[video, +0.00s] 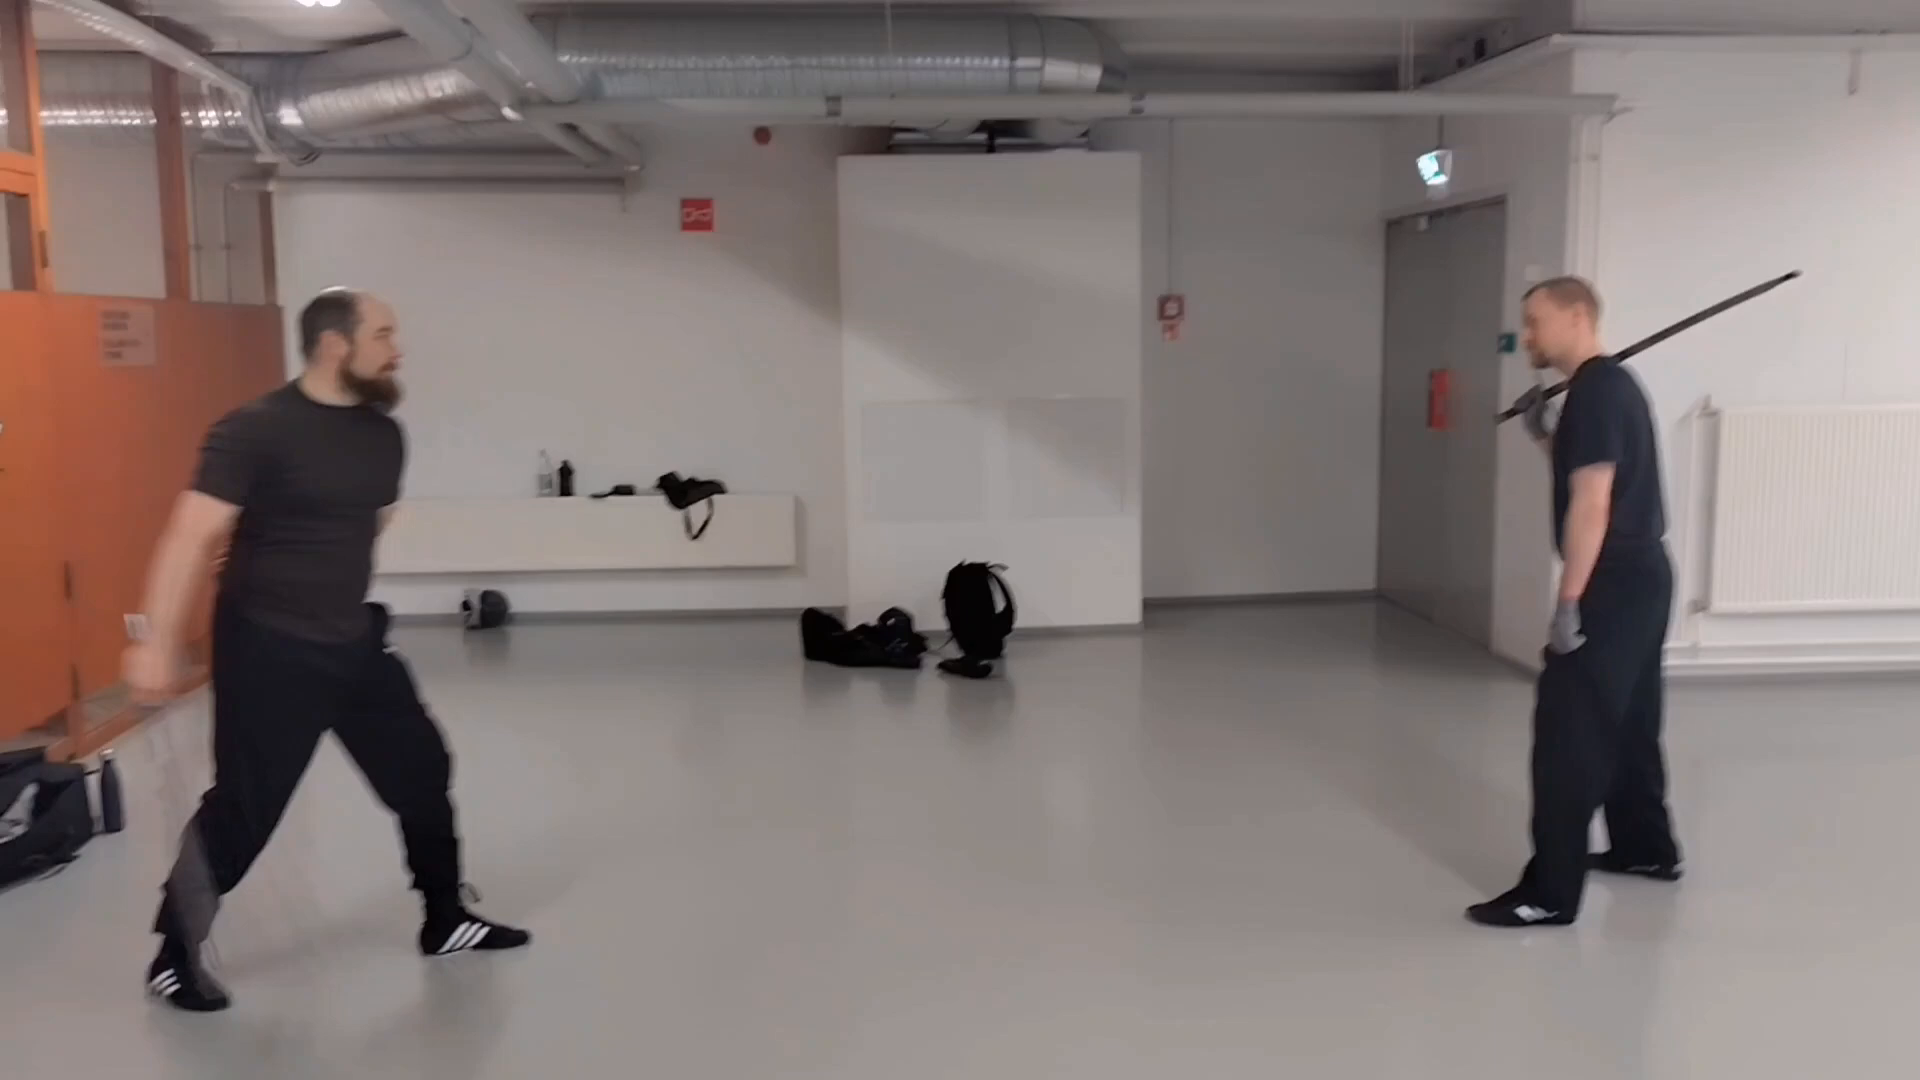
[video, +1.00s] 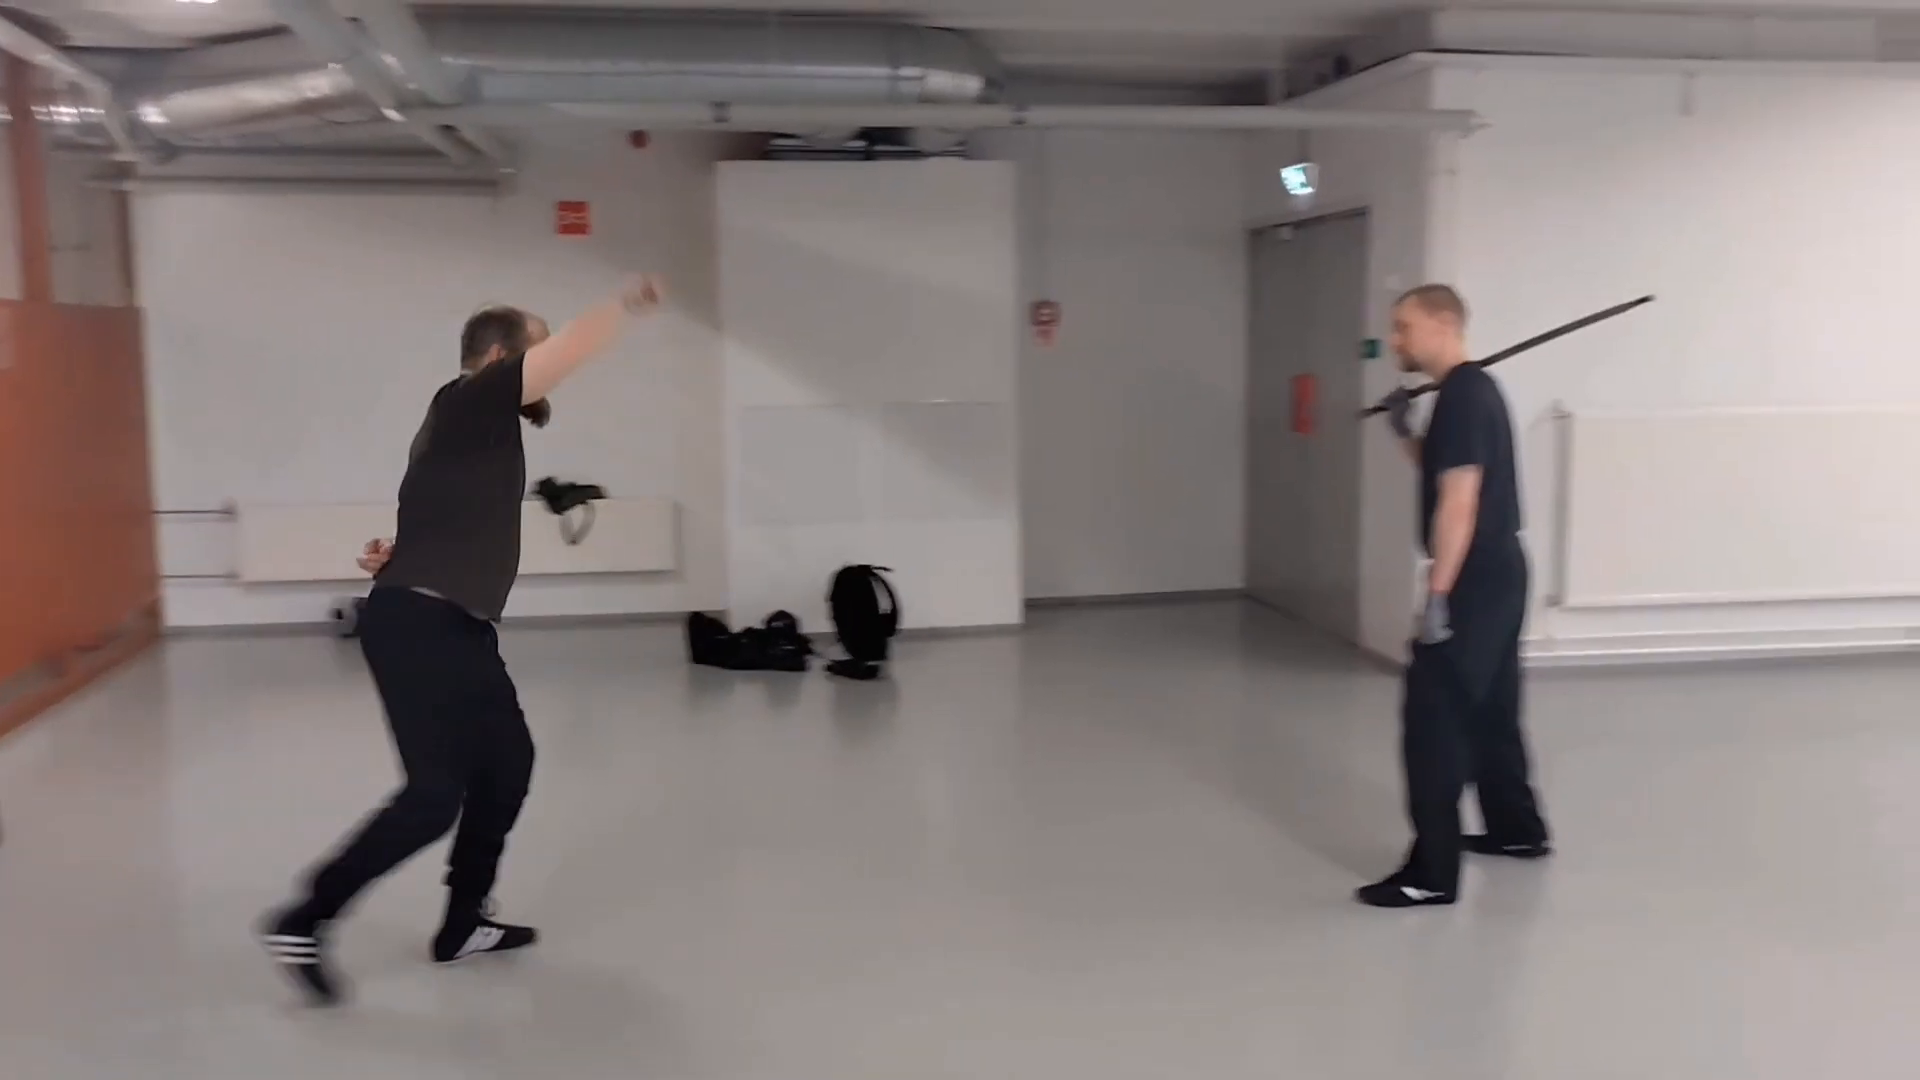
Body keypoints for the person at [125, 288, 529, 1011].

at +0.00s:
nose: (396, 350)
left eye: (395, 336)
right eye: (382, 336)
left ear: (351, 347)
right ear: (332, 346)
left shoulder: (381, 433)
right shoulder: (255, 432)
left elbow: (365, 534)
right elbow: (189, 537)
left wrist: (348, 610)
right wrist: (157, 640)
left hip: (351, 648)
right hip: (266, 652)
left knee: (421, 771)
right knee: (245, 806)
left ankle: (445, 918)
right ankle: (174, 954)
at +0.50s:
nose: (429, 359)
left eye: (428, 345)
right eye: (418, 345)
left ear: (374, 351)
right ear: (370, 350)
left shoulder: (372, 423)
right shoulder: (324, 429)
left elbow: (338, 534)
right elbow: (274, 536)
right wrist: (232, 623)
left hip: (368, 647)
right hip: (299, 651)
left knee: (444, 766)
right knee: (269, 803)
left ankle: (527, 892)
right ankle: (185, 935)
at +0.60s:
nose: (448, 367)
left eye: (446, 353)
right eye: (437, 353)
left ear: (393, 363)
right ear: (389, 360)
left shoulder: (378, 430)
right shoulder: (357, 430)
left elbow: (361, 528)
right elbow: (356, 536)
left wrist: (292, 554)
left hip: (366, 632)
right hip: (304, 634)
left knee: (451, 761)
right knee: (271, 790)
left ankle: (524, 902)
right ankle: (169, 934)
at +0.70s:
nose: (469, 379)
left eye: (468, 365)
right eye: (458, 364)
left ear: (409, 370)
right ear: (411, 368)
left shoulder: (392, 426)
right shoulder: (391, 424)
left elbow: (378, 531)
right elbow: (450, 516)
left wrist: (317, 560)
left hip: (390, 643)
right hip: (329, 647)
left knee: (476, 748)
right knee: (270, 790)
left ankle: (513, 908)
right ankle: (151, 931)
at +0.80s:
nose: (494, 378)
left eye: (493, 364)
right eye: (483, 364)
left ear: (438, 369)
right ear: (441, 365)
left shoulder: (427, 431)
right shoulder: (412, 412)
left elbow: (403, 522)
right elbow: (515, 437)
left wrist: (343, 554)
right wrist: (600, 479)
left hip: (418, 643)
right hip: (356, 640)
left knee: (496, 751)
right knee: (293, 791)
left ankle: (495, 910)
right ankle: (154, 925)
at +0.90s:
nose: (521, 375)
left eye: (520, 363)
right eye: (513, 363)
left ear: (464, 362)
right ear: (473, 360)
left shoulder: (456, 429)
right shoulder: (440, 402)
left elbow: (441, 526)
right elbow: (550, 380)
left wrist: (374, 552)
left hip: (437, 636)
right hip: (388, 630)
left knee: (502, 759)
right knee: (354, 794)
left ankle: (477, 918)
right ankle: (201, 911)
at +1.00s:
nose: (548, 368)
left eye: (548, 356)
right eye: (540, 353)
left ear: (487, 357)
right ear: (502, 354)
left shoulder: (483, 426)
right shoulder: (471, 399)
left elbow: (464, 529)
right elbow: (564, 354)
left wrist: (403, 555)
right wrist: (624, 304)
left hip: (458, 628)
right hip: (412, 621)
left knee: (507, 761)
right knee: (438, 790)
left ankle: (463, 923)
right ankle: (300, 922)